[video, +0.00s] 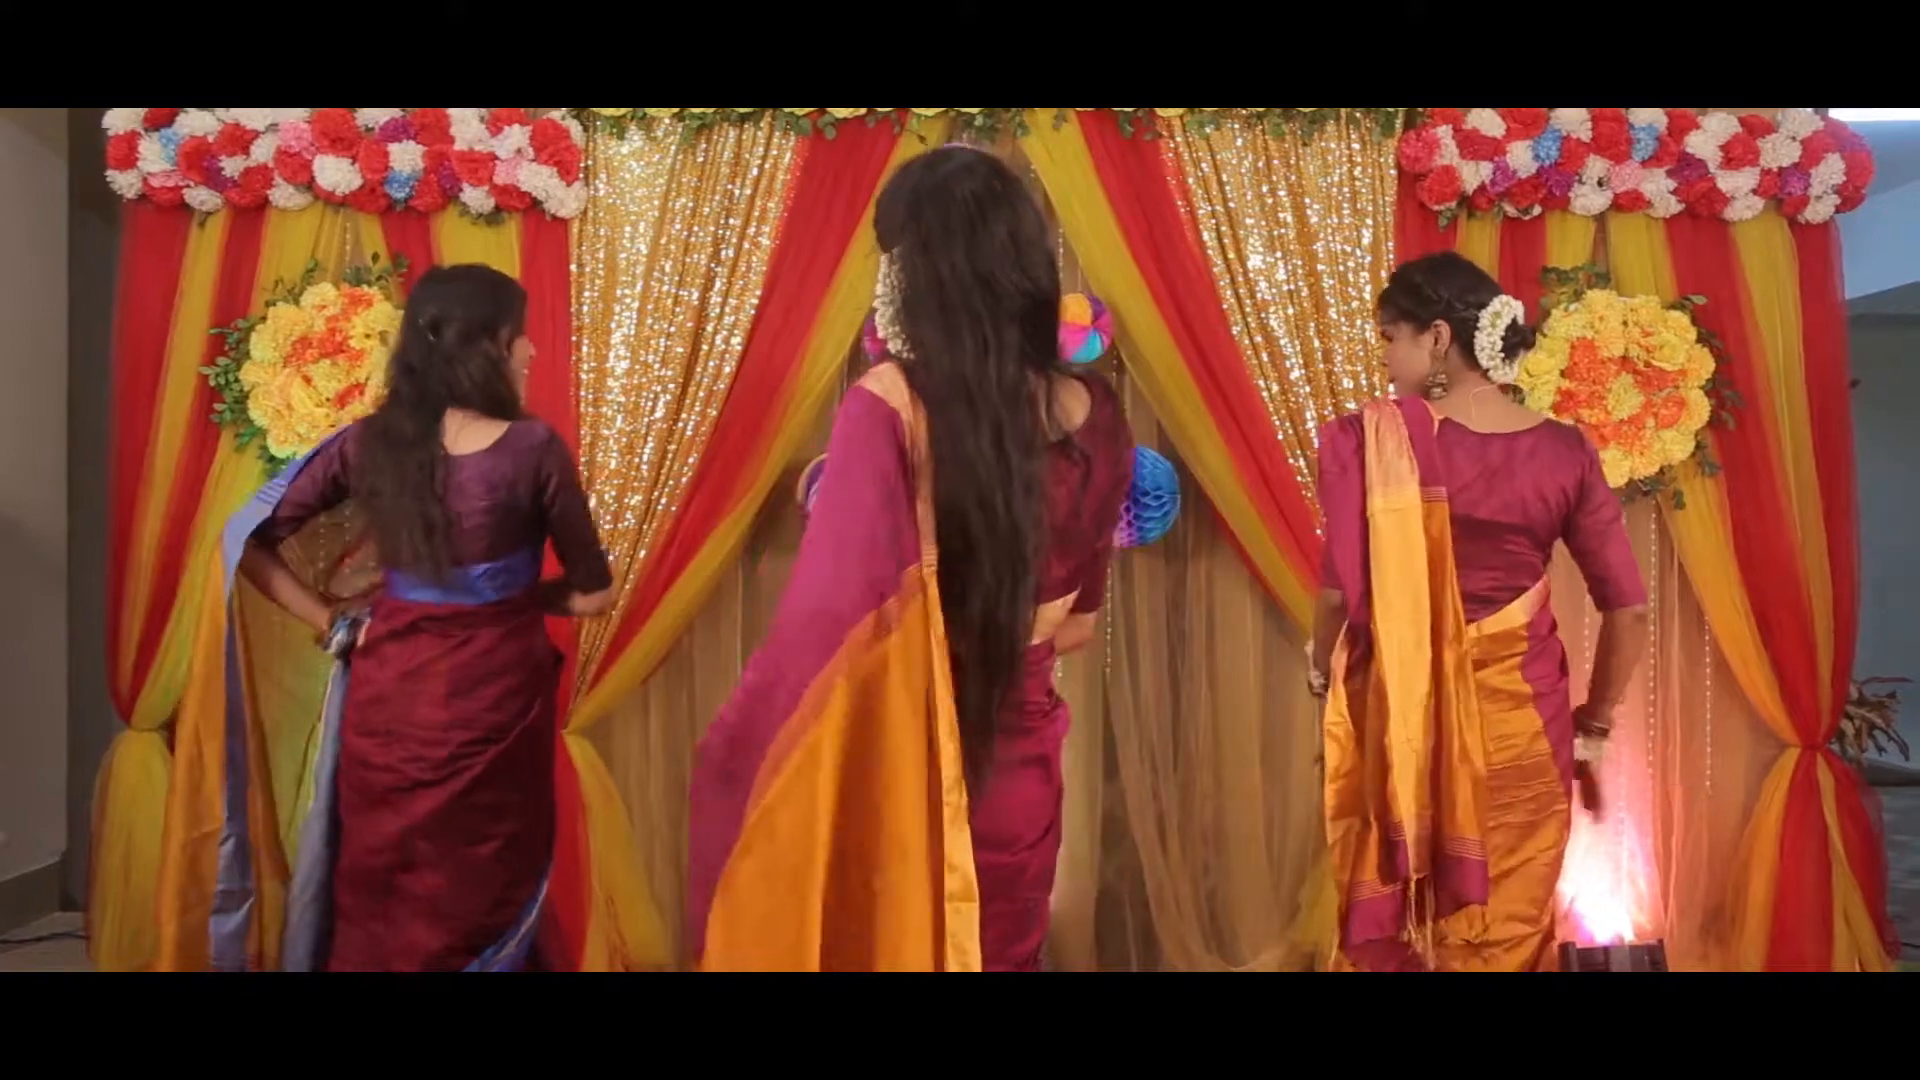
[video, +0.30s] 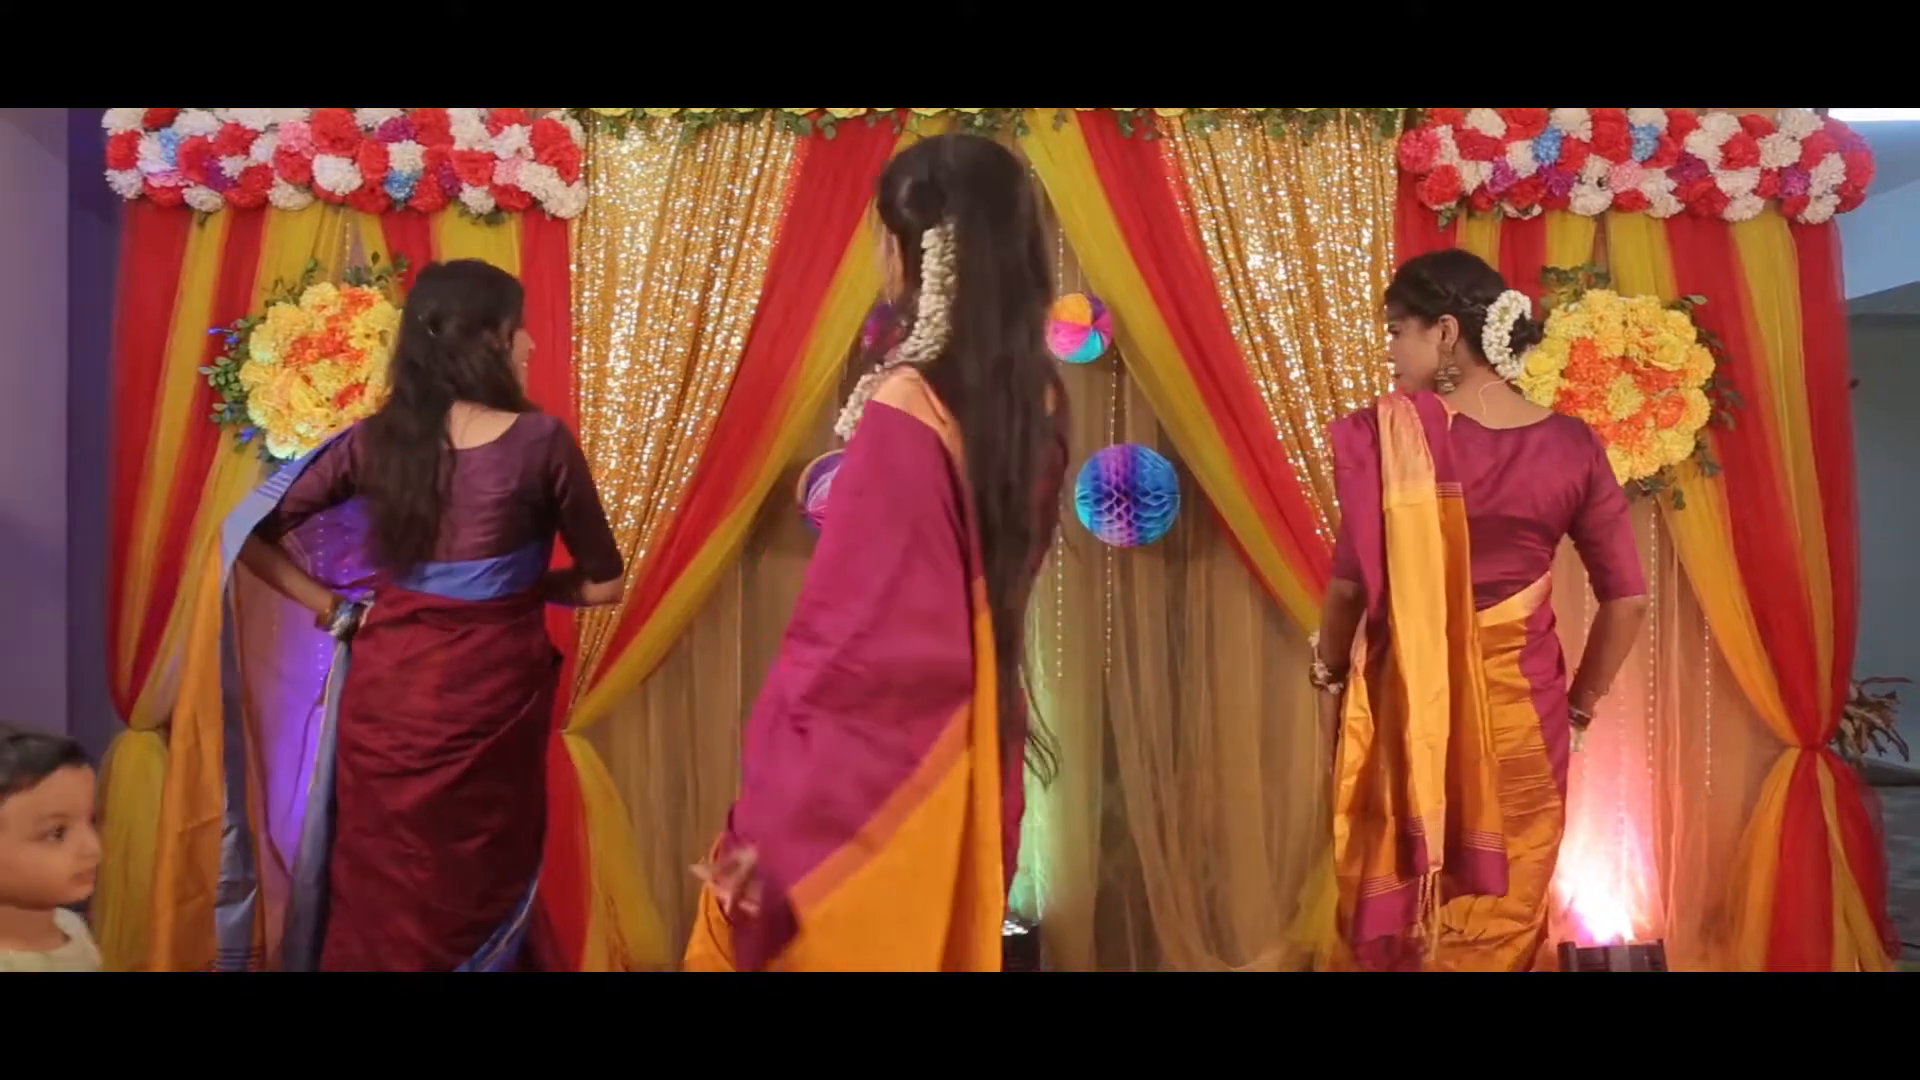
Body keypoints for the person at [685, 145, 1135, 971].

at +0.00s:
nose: (880, 276)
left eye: (887, 254)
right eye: (882, 253)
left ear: (914, 269)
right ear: (1028, 255)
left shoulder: (889, 402)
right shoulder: (1087, 408)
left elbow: (835, 606)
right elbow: (1082, 600)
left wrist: (732, 743)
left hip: (898, 780)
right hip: (1020, 771)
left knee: (896, 955)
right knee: (1006, 955)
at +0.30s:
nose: (880, 265)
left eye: (885, 243)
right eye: (882, 242)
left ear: (912, 256)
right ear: (1011, 248)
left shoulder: (905, 402)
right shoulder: (1041, 392)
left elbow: (853, 631)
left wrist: (760, 820)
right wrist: (866, 479)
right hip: (979, 735)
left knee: (871, 946)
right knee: (951, 943)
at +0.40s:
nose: (865, 261)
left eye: (871, 240)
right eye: (868, 239)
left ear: (907, 260)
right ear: (955, 260)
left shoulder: (912, 420)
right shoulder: (942, 397)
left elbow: (881, 677)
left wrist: (821, 876)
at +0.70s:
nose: (845, 244)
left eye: (867, 224)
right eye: (856, 222)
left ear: (933, 250)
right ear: (925, 251)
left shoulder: (955, 406)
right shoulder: (901, 389)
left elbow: (941, 633)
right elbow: (862, 603)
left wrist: (904, 805)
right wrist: (754, 711)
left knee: (725, 938)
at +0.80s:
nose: (855, 253)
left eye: (883, 229)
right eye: (862, 230)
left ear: (959, 254)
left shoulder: (978, 406)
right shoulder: (896, 401)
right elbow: (870, 595)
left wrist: (917, 745)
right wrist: (771, 658)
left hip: (874, 827)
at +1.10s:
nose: (920, 285)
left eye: (956, 267)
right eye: (913, 264)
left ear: (1020, 296)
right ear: (893, 285)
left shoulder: (1030, 417)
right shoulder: (898, 434)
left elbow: (1162, 607)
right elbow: (820, 612)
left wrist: (974, 723)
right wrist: (799, 674)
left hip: (921, 789)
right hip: (841, 775)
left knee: (764, 954)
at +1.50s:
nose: (961, 294)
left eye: (992, 279)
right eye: (944, 268)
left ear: (1023, 306)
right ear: (908, 281)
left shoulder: (1042, 419)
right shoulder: (862, 442)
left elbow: (1180, 591)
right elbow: (770, 611)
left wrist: (1061, 706)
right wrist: (850, 679)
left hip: (969, 760)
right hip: (849, 765)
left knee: (893, 951)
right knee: (853, 951)